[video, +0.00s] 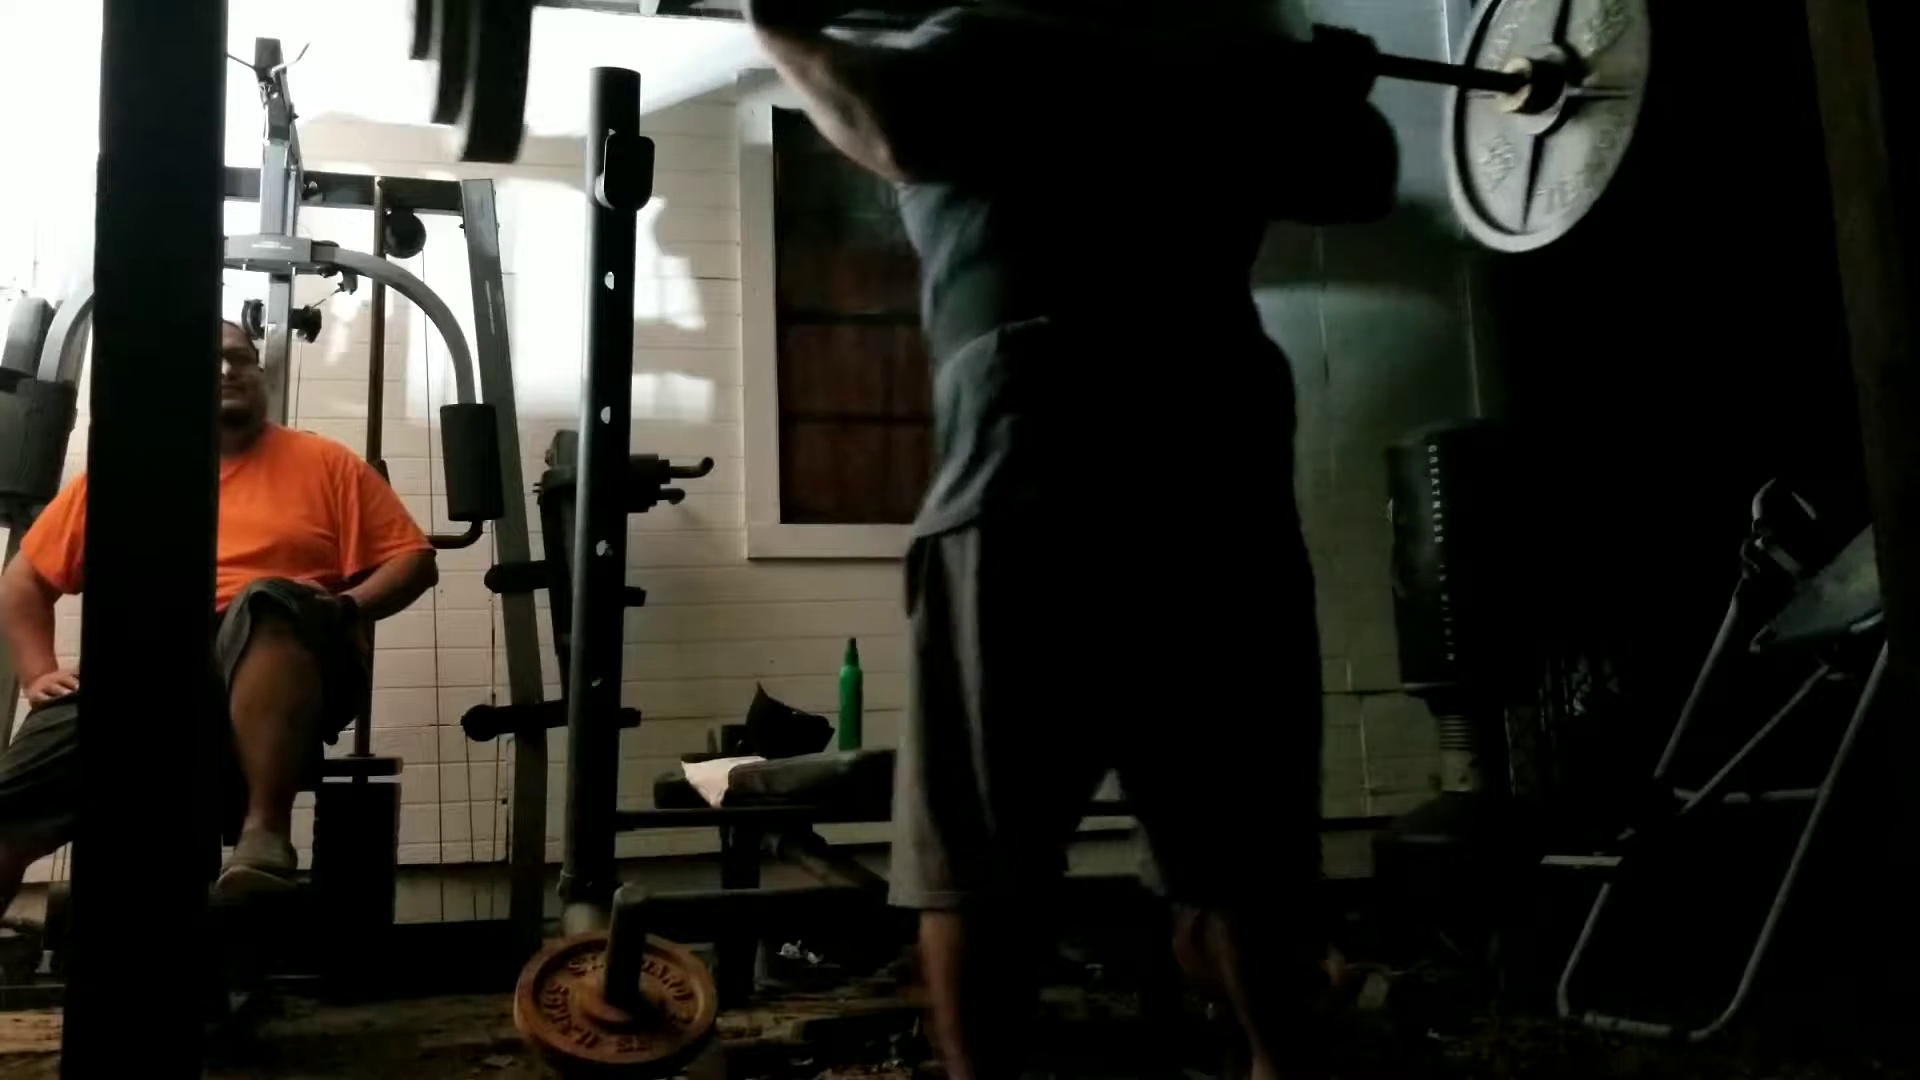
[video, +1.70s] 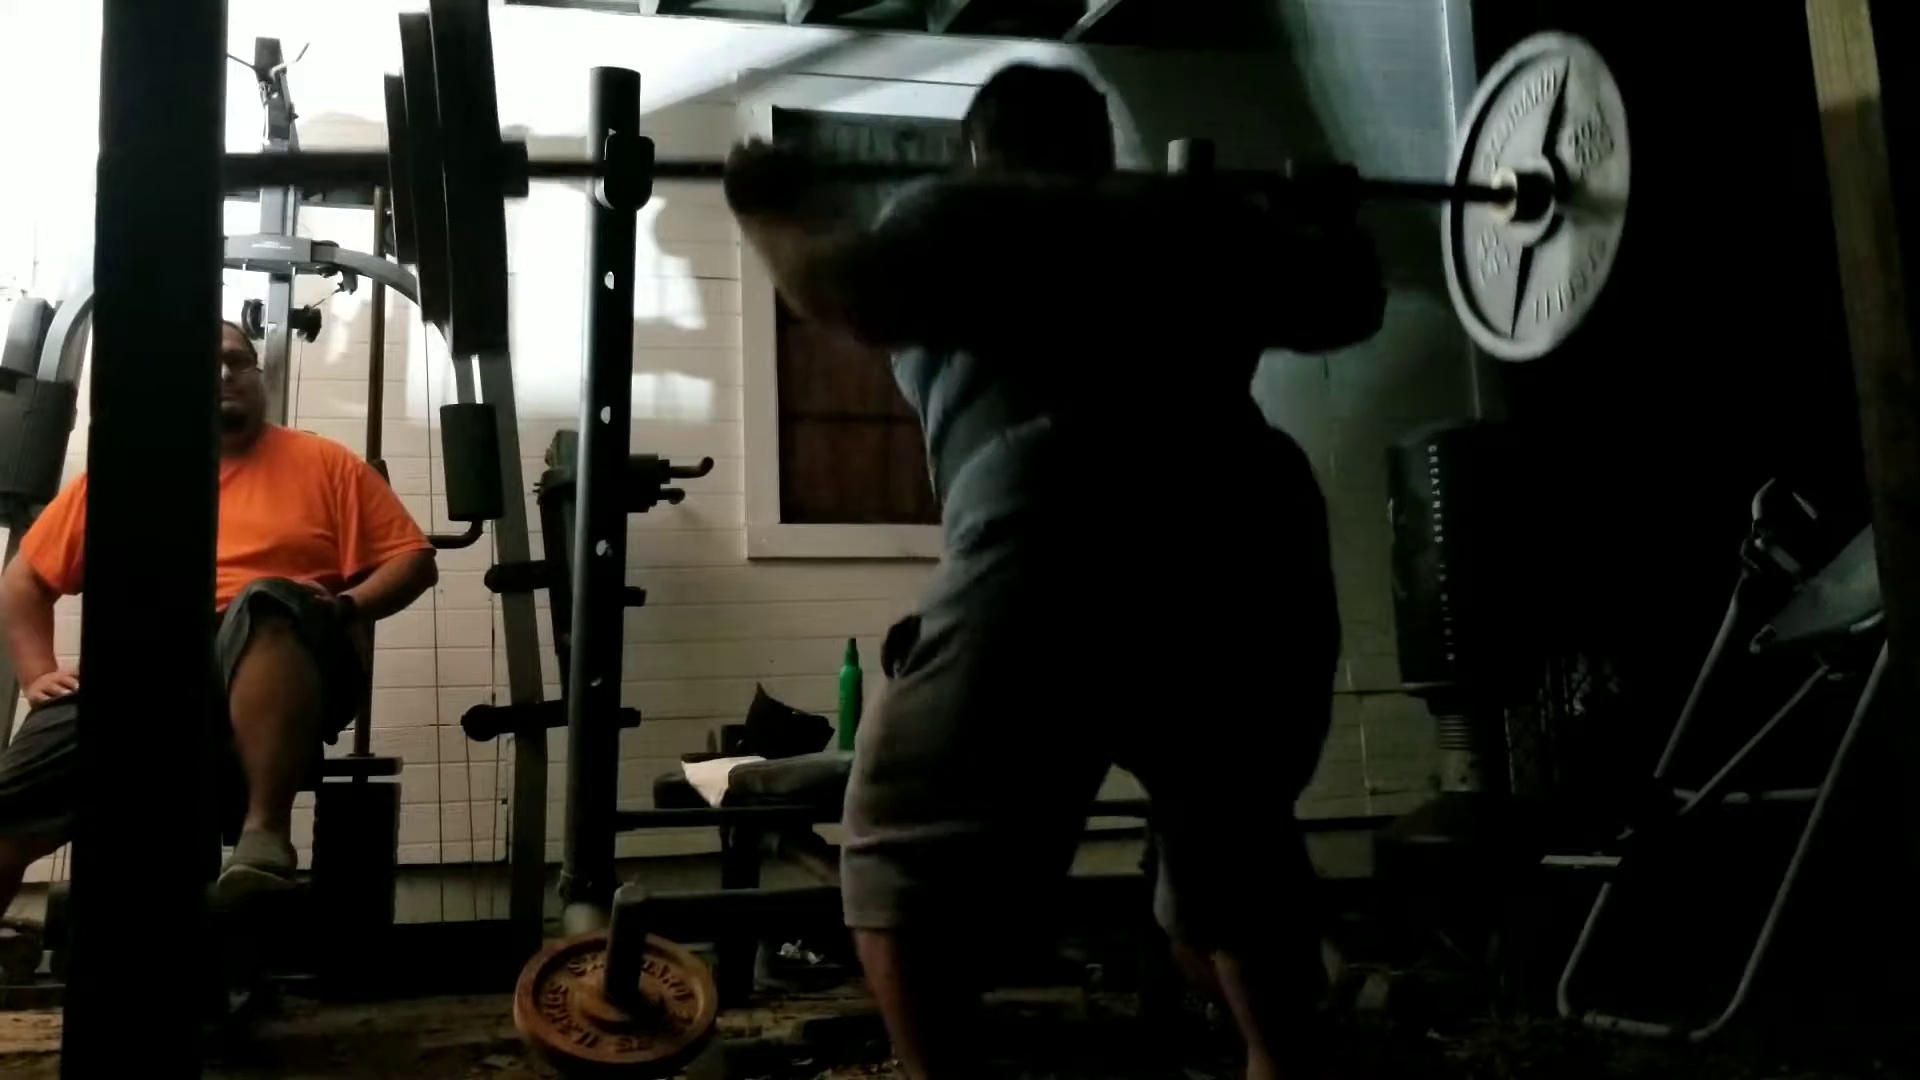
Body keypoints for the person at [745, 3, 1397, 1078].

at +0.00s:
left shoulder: (966, 40)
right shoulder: (1217, 66)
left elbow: (904, 138)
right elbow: (1362, 174)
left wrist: (775, 29)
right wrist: (1337, 79)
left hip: (1025, 463)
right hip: (1222, 467)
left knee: (977, 842)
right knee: (1243, 830)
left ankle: (978, 1066)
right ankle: (1282, 1060)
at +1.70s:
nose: (977, 165)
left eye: (975, 150)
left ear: (980, 151)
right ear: (1107, 147)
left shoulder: (950, 215)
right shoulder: (1200, 220)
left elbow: (847, 288)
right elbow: (1346, 300)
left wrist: (768, 204)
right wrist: (1324, 204)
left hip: (1036, 563)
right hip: (1248, 559)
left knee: (904, 846)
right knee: (1237, 836)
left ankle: (935, 1062)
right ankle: (1281, 1058)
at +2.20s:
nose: (978, 327)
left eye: (982, 312)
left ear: (992, 320)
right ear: (1112, 314)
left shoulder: (960, 389)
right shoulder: (1212, 380)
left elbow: (849, 467)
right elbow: (1374, 463)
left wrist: (784, 392)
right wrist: (1340, 375)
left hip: (1060, 731)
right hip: (1289, 715)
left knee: (876, 845)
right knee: (1275, 884)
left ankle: (928, 1062)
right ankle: (1291, 1060)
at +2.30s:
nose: (978, 355)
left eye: (984, 340)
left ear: (997, 349)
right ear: (1115, 345)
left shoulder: (962, 420)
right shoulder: (1215, 414)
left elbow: (866, 513)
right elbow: (1377, 498)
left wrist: (785, 429)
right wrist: (1339, 410)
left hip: (1057, 778)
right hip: (1275, 764)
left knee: (855, 839)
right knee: (1279, 886)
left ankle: (923, 1063)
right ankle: (1287, 1058)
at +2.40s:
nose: (978, 397)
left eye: (980, 384)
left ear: (996, 386)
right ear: (1118, 376)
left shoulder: (961, 452)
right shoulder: (1218, 441)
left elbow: (873, 547)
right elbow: (1374, 532)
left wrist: (785, 457)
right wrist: (1342, 434)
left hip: (1050, 811)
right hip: (1256, 797)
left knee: (843, 836)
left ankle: (918, 1063)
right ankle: (1285, 1053)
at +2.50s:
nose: (975, 415)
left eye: (978, 404)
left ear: (995, 408)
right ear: (1119, 395)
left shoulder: (963, 473)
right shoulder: (1218, 460)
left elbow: (868, 565)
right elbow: (1375, 559)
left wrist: (777, 475)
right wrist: (1341, 449)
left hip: (1051, 844)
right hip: (1259, 828)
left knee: (835, 831)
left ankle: (906, 1058)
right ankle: (1287, 1054)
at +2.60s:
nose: (972, 416)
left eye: (975, 406)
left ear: (991, 410)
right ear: (1116, 396)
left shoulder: (957, 476)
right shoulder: (1213, 464)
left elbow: (860, 565)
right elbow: (1370, 562)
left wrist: (776, 477)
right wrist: (1334, 450)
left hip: (1047, 839)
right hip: (1255, 824)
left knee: (839, 843)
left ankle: (911, 1060)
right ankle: (1284, 1055)